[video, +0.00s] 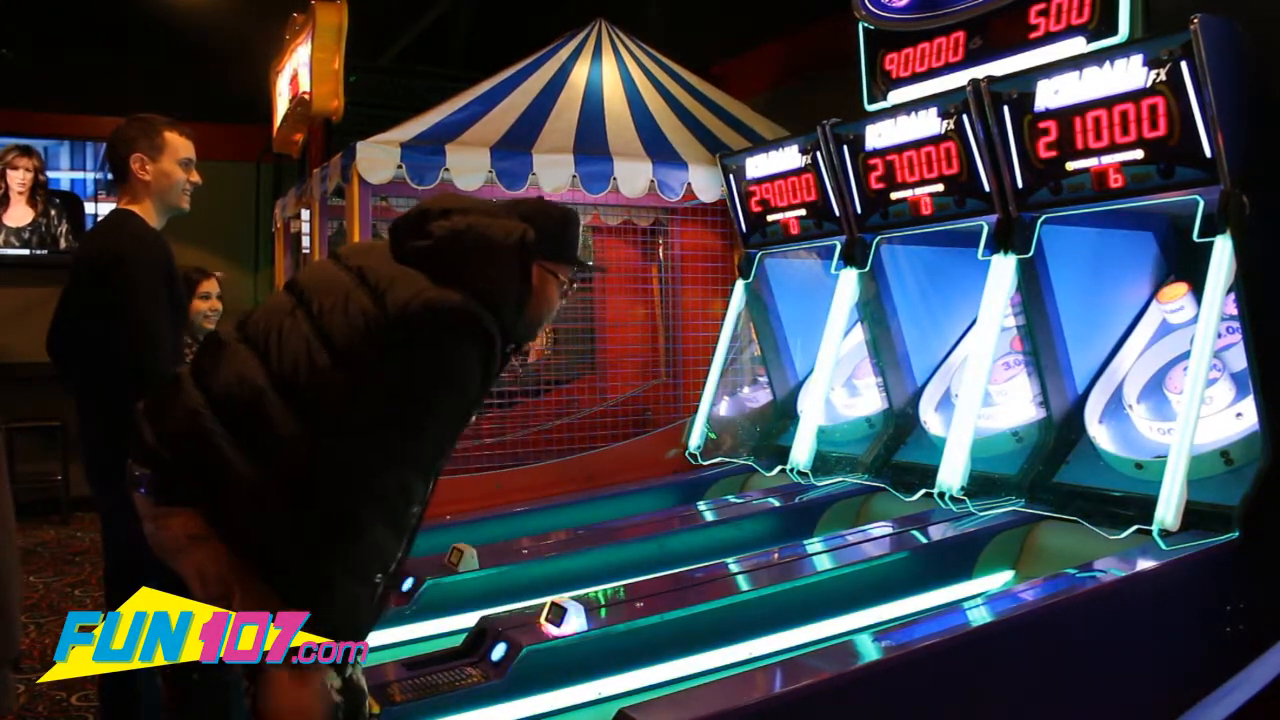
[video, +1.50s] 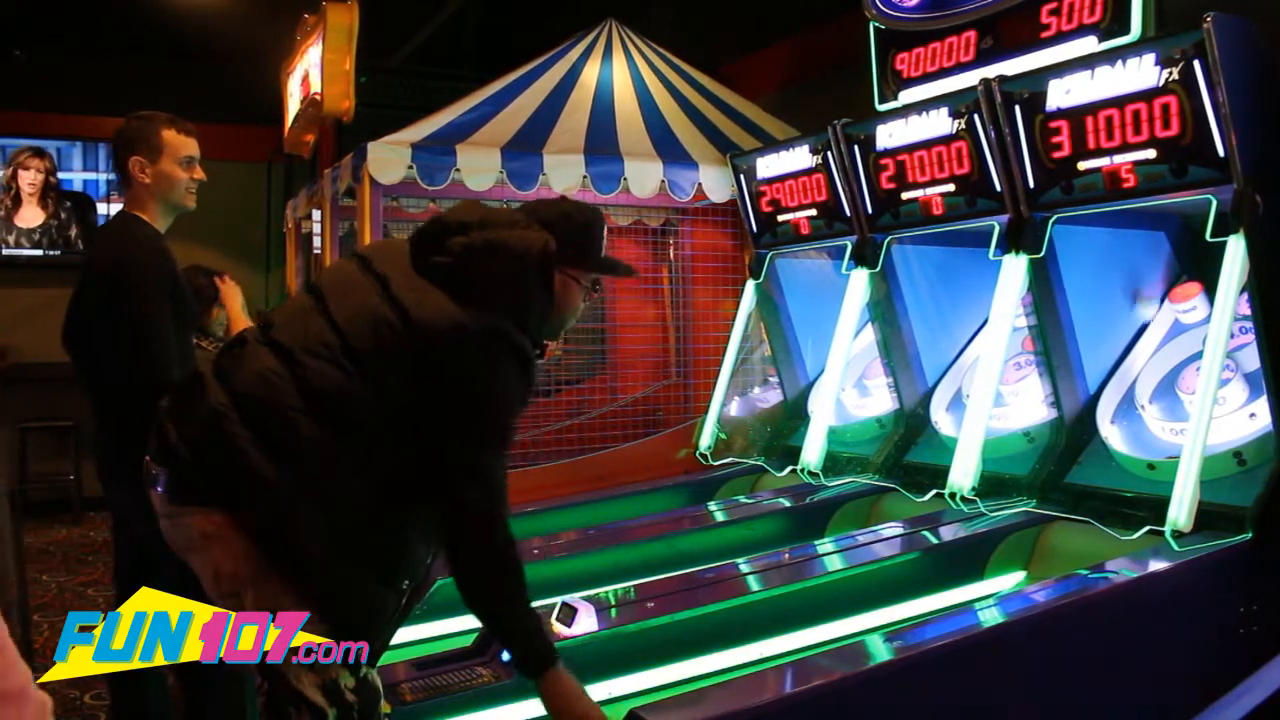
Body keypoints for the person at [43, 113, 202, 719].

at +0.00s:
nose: (195, 177)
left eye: (194, 166)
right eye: (184, 164)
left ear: (140, 171)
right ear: (142, 167)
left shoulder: (102, 239)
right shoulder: (142, 245)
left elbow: (62, 342)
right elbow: (158, 367)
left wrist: (112, 411)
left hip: (109, 449)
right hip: (139, 456)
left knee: (127, 585)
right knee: (154, 593)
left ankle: (124, 701)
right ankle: (147, 704)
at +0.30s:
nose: (199, 177)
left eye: (198, 165)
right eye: (189, 164)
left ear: (143, 170)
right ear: (145, 167)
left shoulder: (106, 240)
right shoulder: (147, 247)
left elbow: (64, 342)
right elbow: (161, 365)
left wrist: (114, 399)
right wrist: (198, 437)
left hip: (112, 448)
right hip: (143, 455)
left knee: (130, 586)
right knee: (160, 592)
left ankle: (128, 702)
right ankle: (159, 703)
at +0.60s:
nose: (204, 177)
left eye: (202, 164)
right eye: (194, 164)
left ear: (147, 172)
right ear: (150, 169)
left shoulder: (109, 241)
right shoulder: (153, 248)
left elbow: (70, 343)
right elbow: (168, 364)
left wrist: (117, 397)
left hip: (115, 447)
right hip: (150, 454)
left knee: (133, 583)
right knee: (165, 590)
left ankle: (140, 700)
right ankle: (170, 702)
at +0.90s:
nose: (204, 177)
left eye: (202, 165)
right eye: (193, 164)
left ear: (147, 171)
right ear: (150, 168)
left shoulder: (113, 241)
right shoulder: (151, 248)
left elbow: (71, 341)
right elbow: (166, 363)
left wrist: (120, 397)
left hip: (118, 447)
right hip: (149, 455)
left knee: (136, 585)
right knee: (165, 591)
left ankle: (133, 703)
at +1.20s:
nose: (203, 176)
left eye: (202, 164)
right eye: (192, 163)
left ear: (146, 171)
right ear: (147, 168)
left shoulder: (113, 240)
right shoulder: (150, 250)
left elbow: (75, 339)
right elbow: (167, 366)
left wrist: (119, 404)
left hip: (120, 449)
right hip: (151, 457)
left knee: (138, 593)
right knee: (172, 596)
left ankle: (135, 706)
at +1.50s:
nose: (199, 175)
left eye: (198, 163)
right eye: (188, 163)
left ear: (143, 172)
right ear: (142, 169)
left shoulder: (117, 242)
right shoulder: (140, 251)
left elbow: (77, 336)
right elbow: (169, 373)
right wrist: (235, 325)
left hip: (126, 452)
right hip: (150, 461)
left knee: (141, 594)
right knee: (171, 597)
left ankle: (138, 706)